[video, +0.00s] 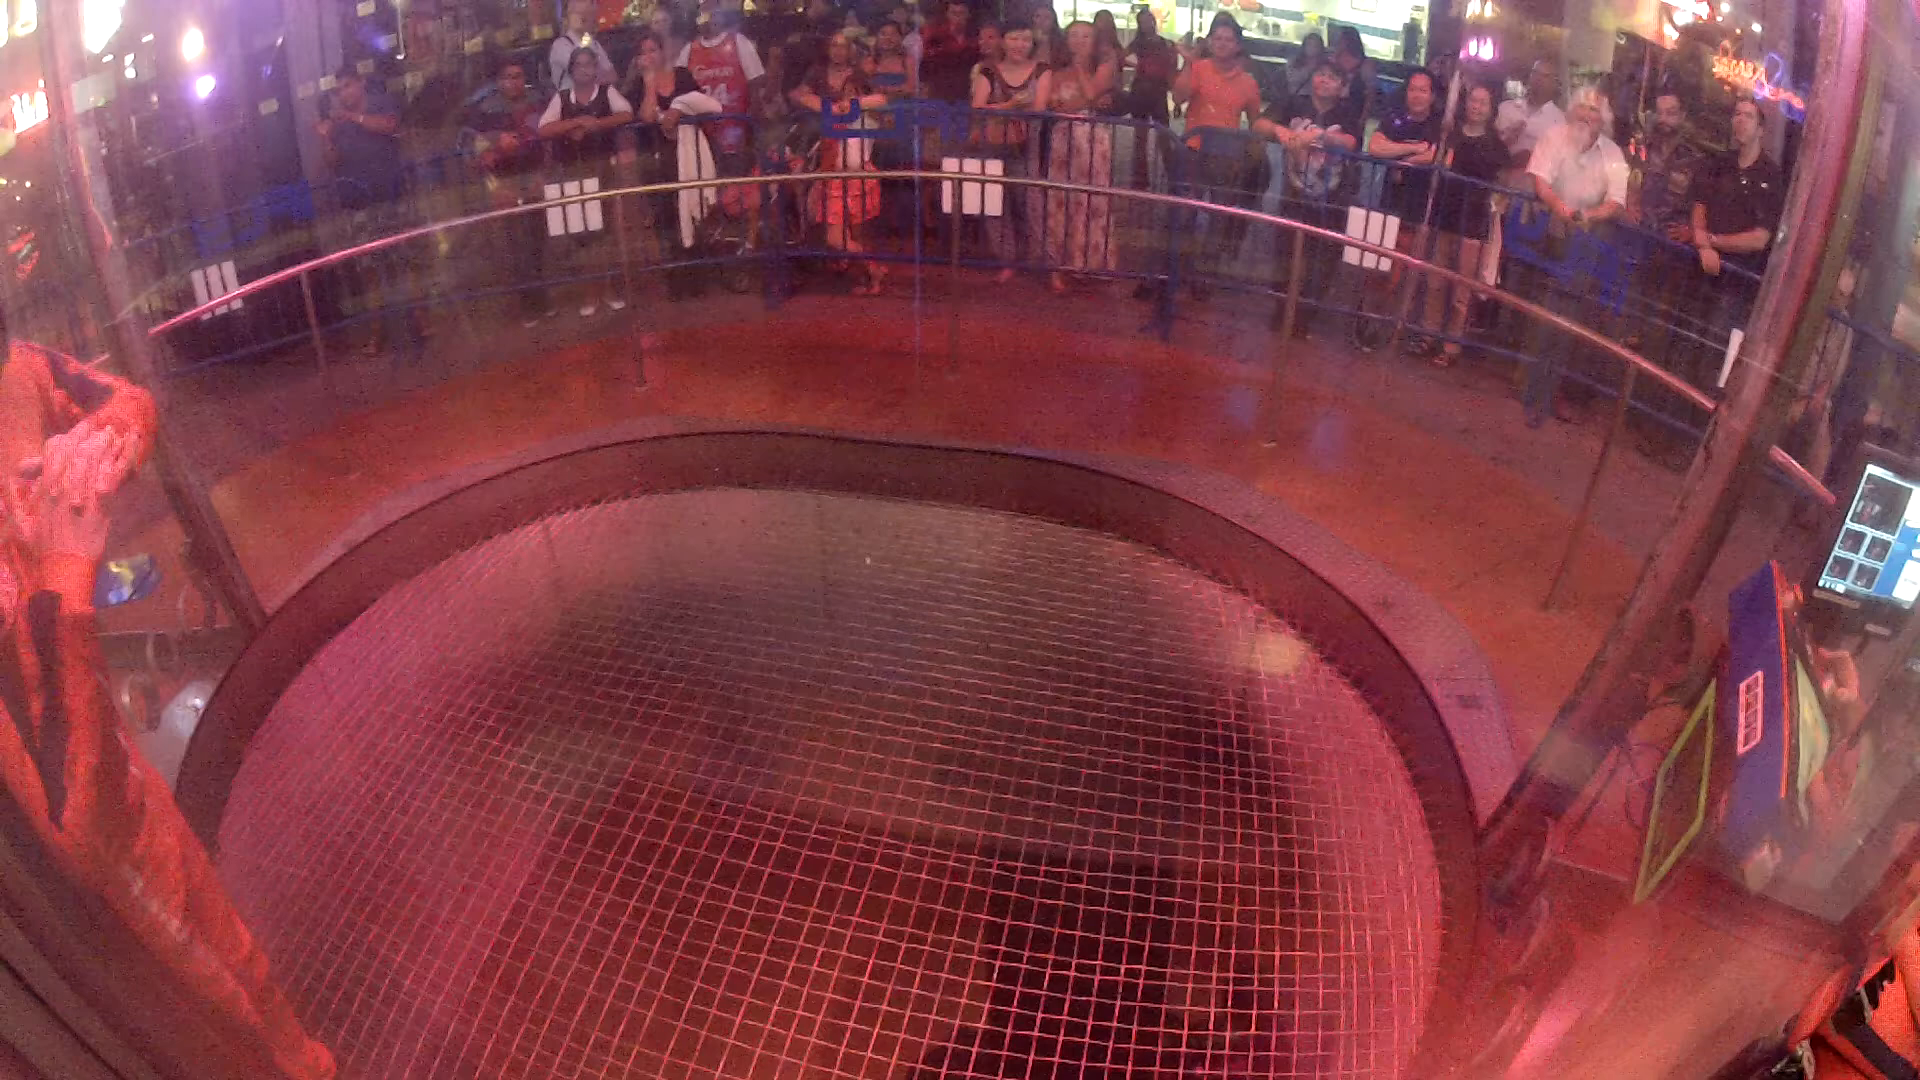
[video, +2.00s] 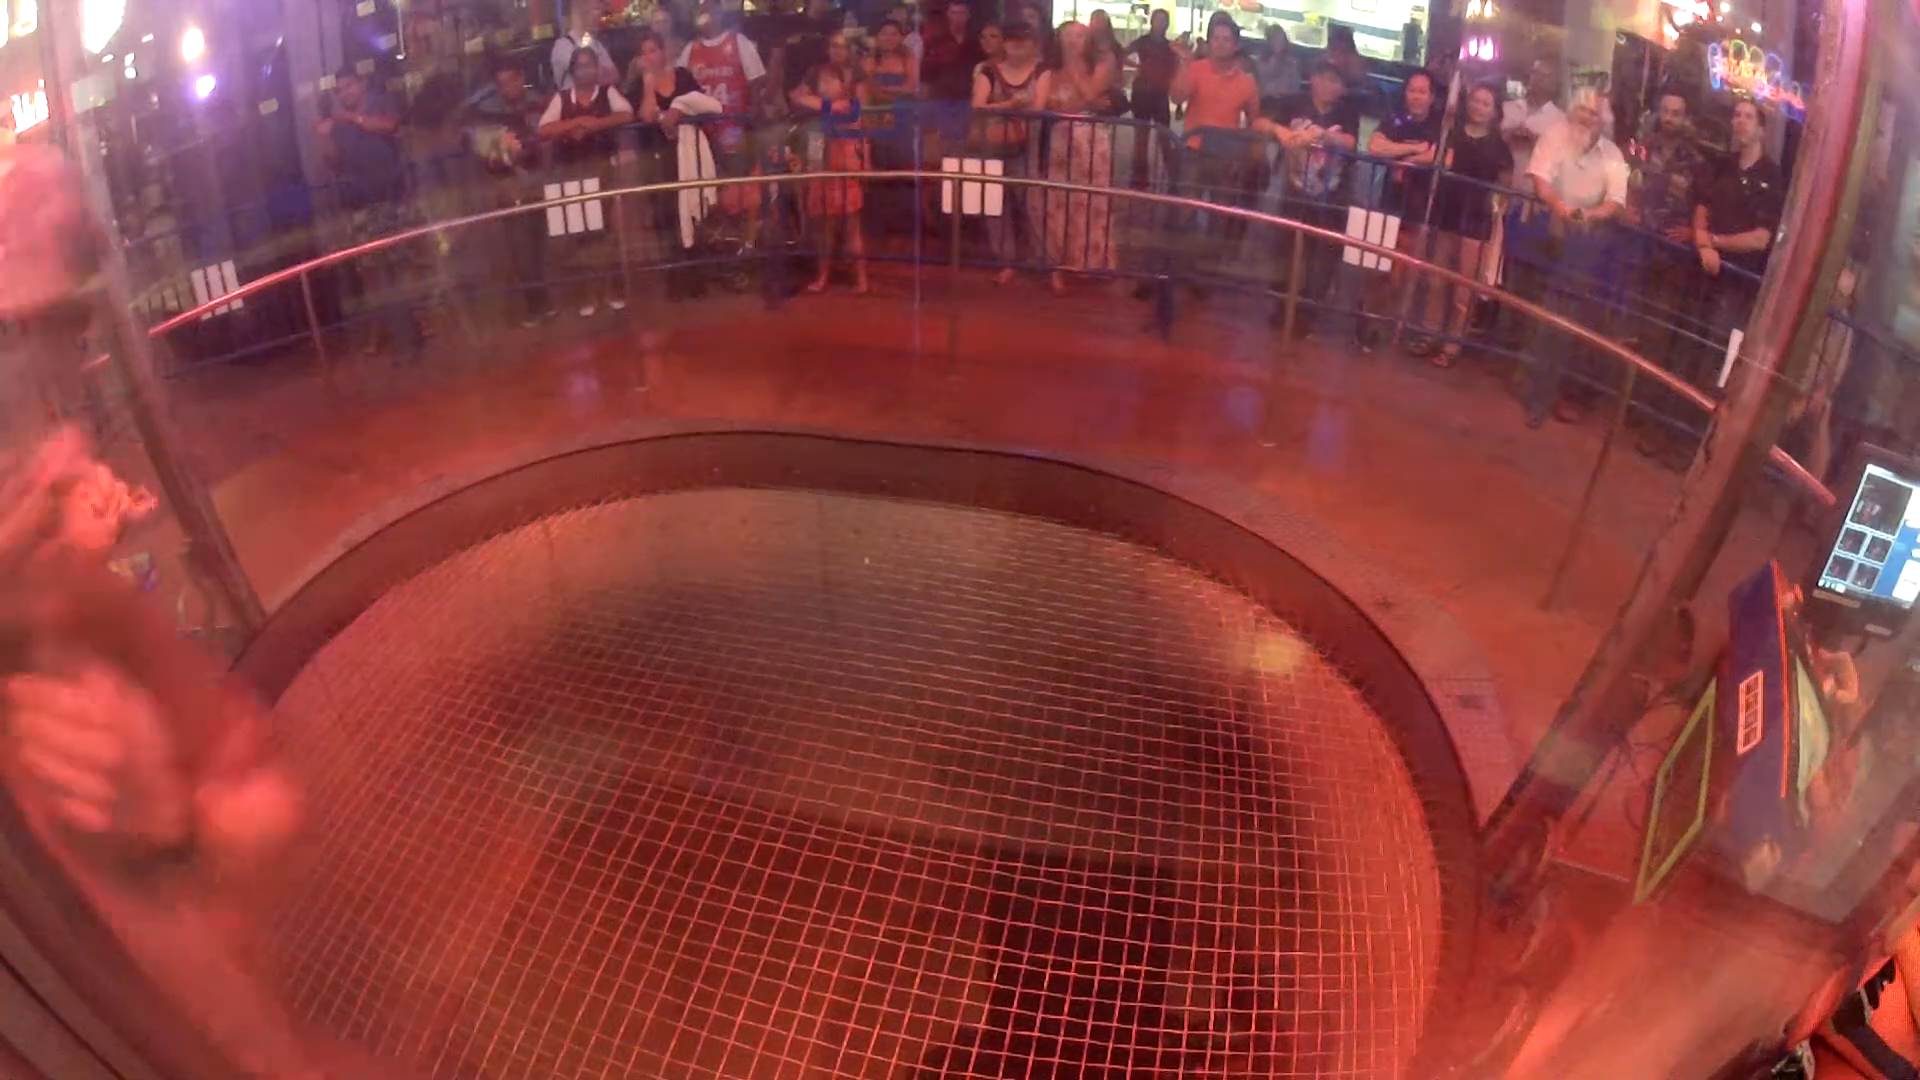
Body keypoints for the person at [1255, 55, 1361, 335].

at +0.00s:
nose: (1323, 81)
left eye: (1331, 78)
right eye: (1320, 75)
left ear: (1342, 89)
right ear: (1311, 80)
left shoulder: (1347, 115)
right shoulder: (1295, 105)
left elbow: (1352, 143)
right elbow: (1259, 124)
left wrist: (1320, 135)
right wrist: (1280, 131)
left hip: (1330, 202)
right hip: (1294, 196)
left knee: (1322, 262)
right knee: (1286, 253)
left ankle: (1306, 316)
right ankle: (1281, 309)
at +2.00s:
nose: (1333, 89)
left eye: (1337, 84)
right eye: (1328, 81)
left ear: (1343, 88)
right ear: (1313, 81)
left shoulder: (1347, 112)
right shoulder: (1293, 105)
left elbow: (1351, 144)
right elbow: (1258, 123)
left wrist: (1326, 136)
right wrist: (1283, 134)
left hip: (1331, 199)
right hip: (1295, 193)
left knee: (1322, 258)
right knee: (1287, 250)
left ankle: (1307, 313)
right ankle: (1280, 307)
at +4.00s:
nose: (1329, 87)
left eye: (1335, 82)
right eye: (1324, 79)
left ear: (1343, 88)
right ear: (1313, 79)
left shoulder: (1345, 113)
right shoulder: (1292, 103)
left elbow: (1351, 144)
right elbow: (1261, 123)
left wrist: (1322, 135)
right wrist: (1286, 135)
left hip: (1330, 196)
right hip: (1294, 189)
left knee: (1325, 255)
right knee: (1286, 248)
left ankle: (1307, 314)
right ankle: (1281, 306)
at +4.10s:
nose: (1332, 87)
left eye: (1338, 82)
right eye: (1328, 79)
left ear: (1344, 88)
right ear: (1314, 78)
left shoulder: (1345, 110)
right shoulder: (1291, 100)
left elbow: (1350, 144)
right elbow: (1261, 123)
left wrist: (1323, 135)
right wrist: (1286, 135)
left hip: (1331, 194)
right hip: (1294, 187)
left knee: (1324, 255)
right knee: (1287, 247)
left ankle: (1307, 316)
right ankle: (1281, 307)